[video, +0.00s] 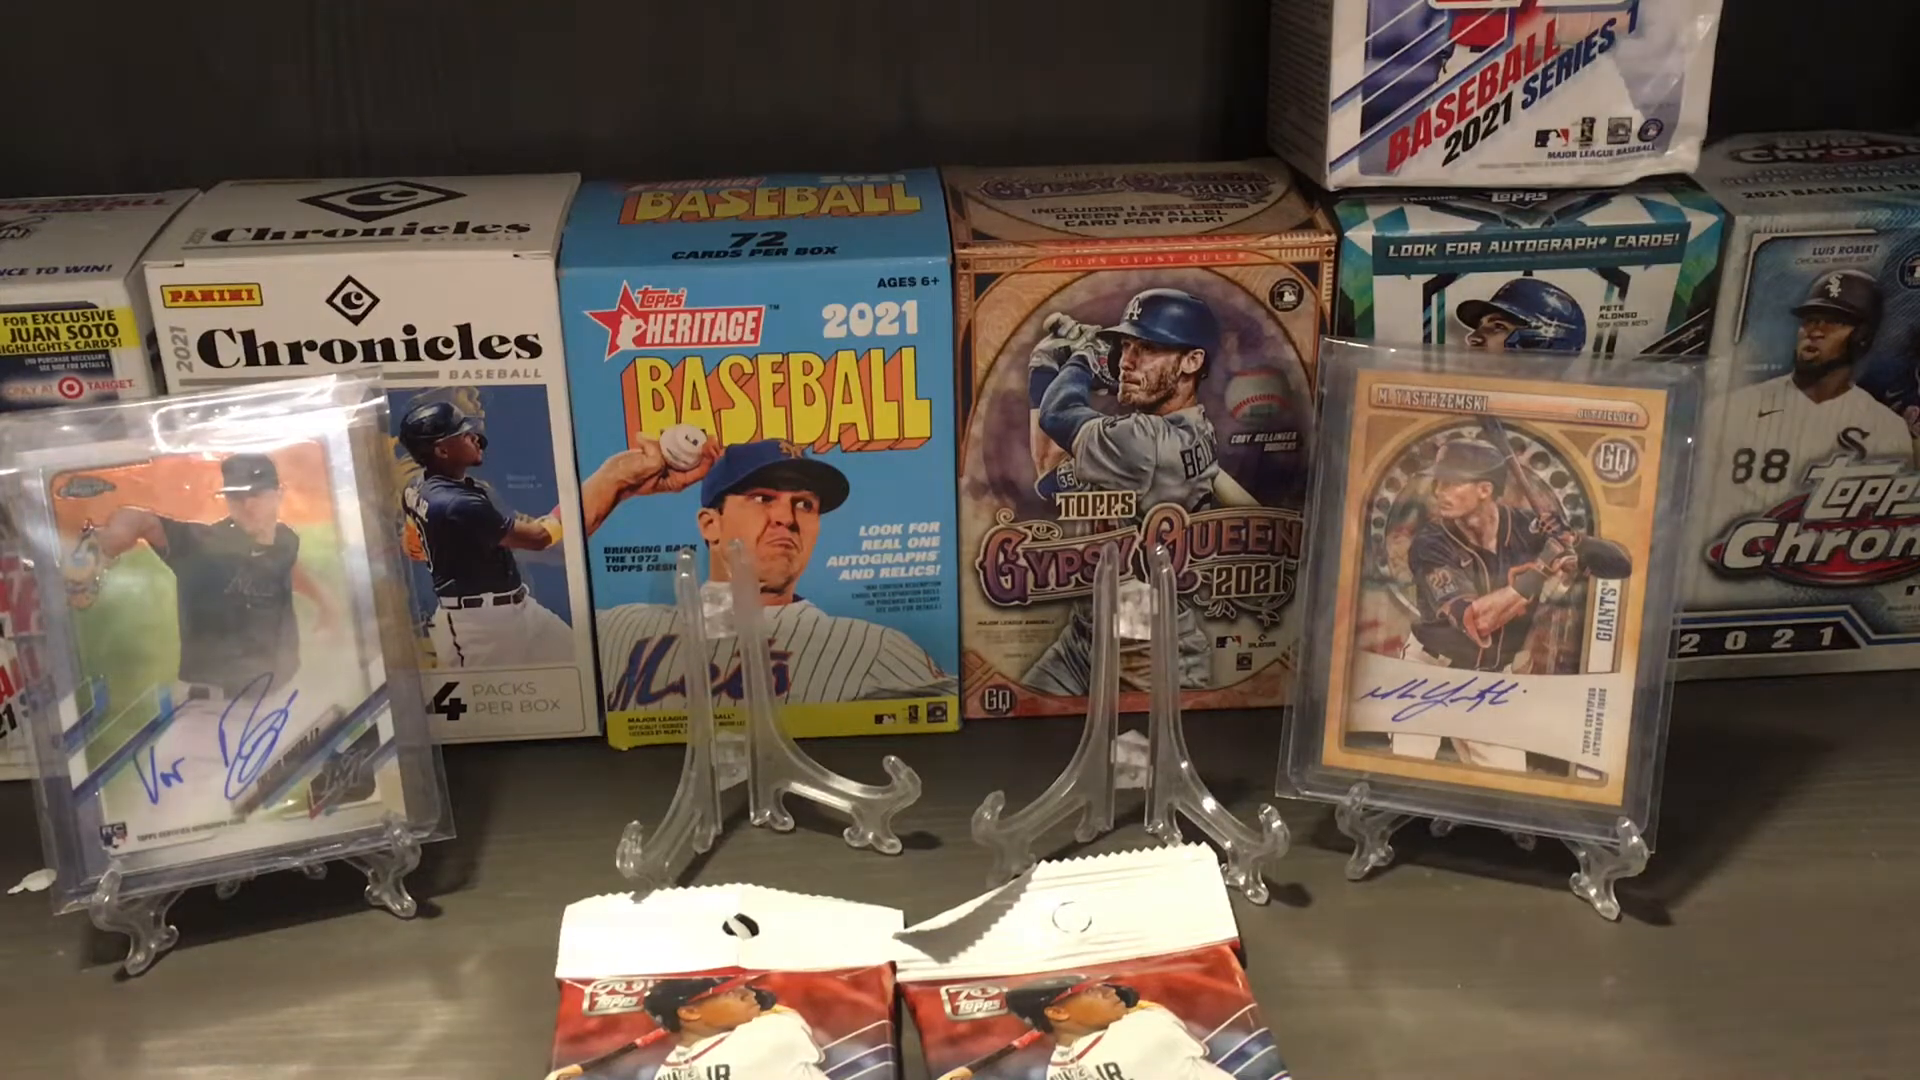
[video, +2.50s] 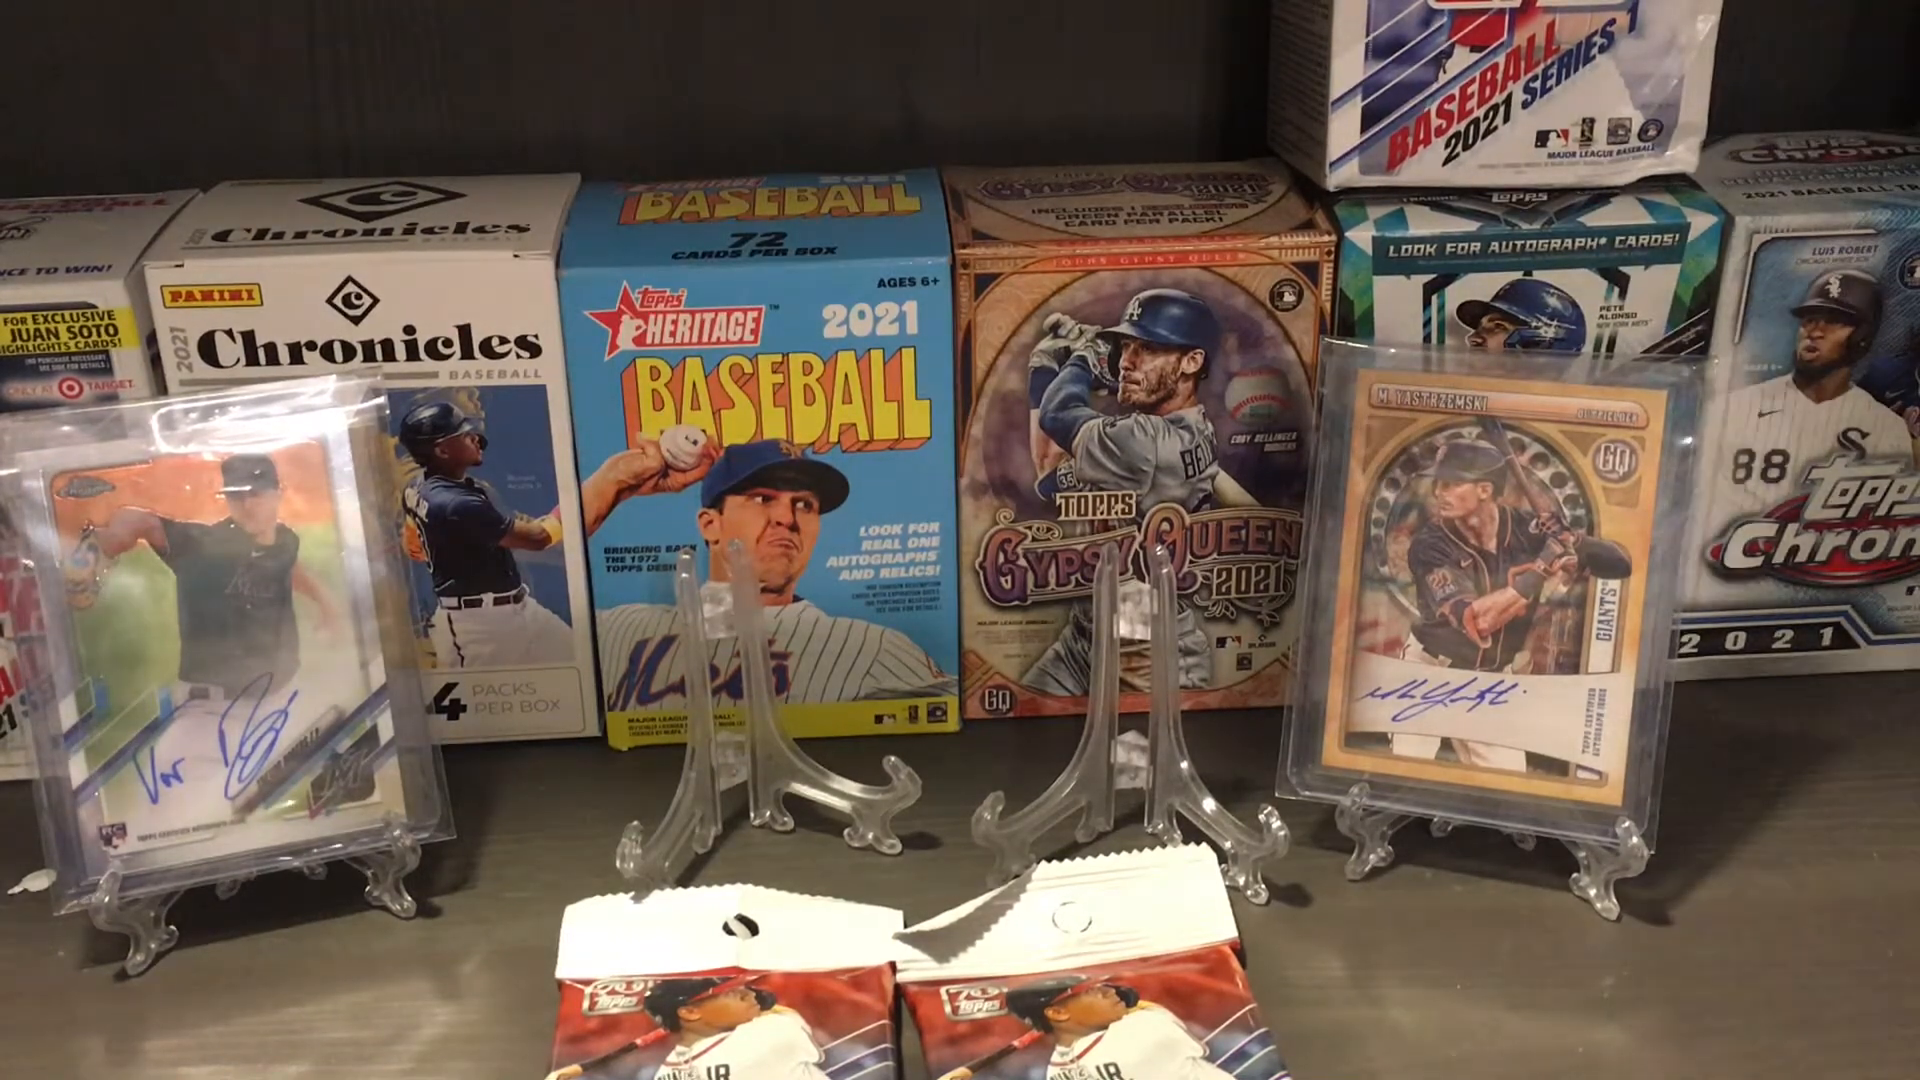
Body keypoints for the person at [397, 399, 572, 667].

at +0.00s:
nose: (475, 436)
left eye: (469, 430)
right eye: (464, 433)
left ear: (442, 450)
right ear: (441, 449)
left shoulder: (420, 489)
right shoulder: (461, 506)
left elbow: (501, 526)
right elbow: (539, 537)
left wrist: (542, 523)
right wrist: (561, 517)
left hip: (519, 609)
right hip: (474, 622)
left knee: (587, 662)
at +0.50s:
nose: (475, 435)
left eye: (469, 429)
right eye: (464, 432)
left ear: (442, 450)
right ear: (442, 449)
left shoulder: (421, 489)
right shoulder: (461, 506)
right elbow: (538, 537)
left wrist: (539, 523)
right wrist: (560, 516)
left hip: (519, 608)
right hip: (473, 622)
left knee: (587, 661)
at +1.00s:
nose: (475, 436)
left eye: (469, 430)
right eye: (464, 433)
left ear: (442, 451)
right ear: (442, 449)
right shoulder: (461, 506)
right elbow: (538, 537)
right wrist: (571, 508)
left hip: (519, 609)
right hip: (474, 623)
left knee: (588, 662)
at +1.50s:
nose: (476, 436)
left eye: (470, 430)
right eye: (465, 432)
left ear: (443, 450)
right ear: (442, 449)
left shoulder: (422, 489)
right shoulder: (460, 506)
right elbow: (538, 537)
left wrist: (552, 520)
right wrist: (567, 513)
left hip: (520, 609)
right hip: (474, 622)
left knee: (586, 663)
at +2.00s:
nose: (475, 436)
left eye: (470, 430)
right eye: (465, 433)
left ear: (442, 451)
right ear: (442, 450)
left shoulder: (420, 489)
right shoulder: (461, 506)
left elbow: (413, 545)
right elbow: (538, 537)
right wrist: (570, 509)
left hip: (520, 608)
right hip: (475, 622)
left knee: (587, 662)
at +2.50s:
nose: (476, 436)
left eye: (470, 430)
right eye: (465, 433)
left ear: (442, 451)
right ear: (442, 450)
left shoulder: (420, 490)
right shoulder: (460, 506)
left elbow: (414, 545)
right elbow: (539, 537)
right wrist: (569, 510)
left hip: (520, 609)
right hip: (474, 623)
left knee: (588, 663)